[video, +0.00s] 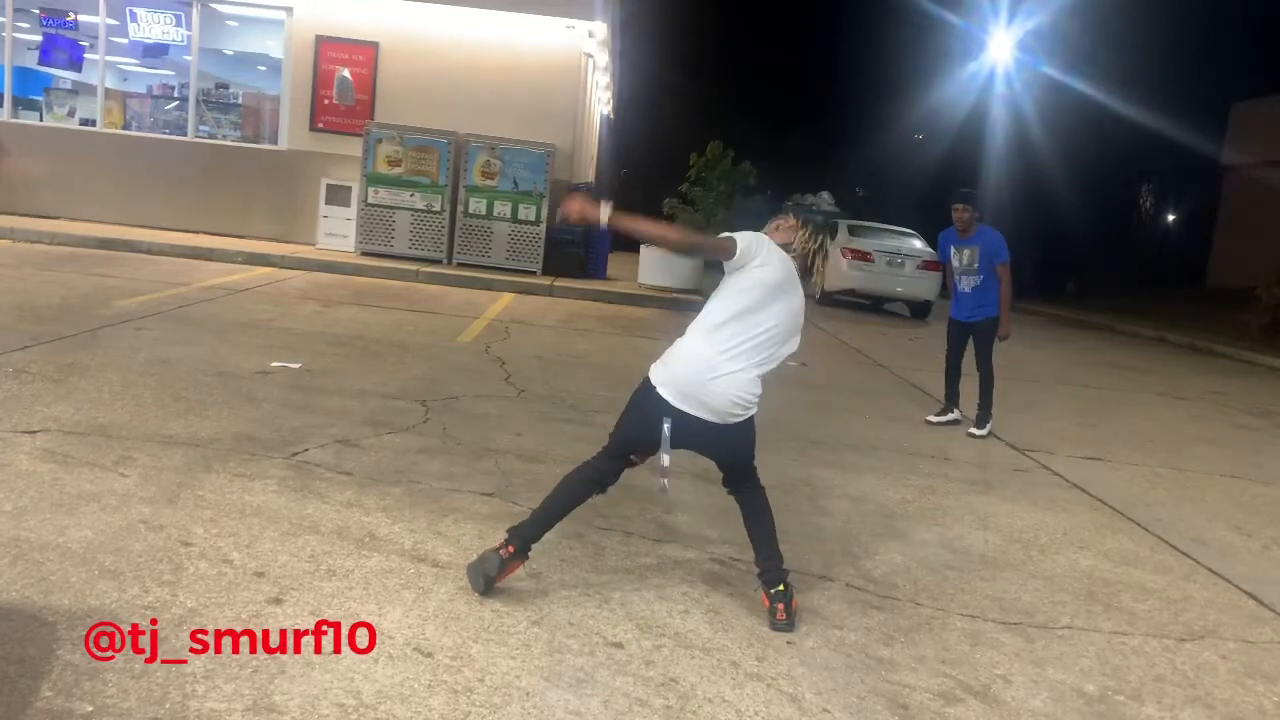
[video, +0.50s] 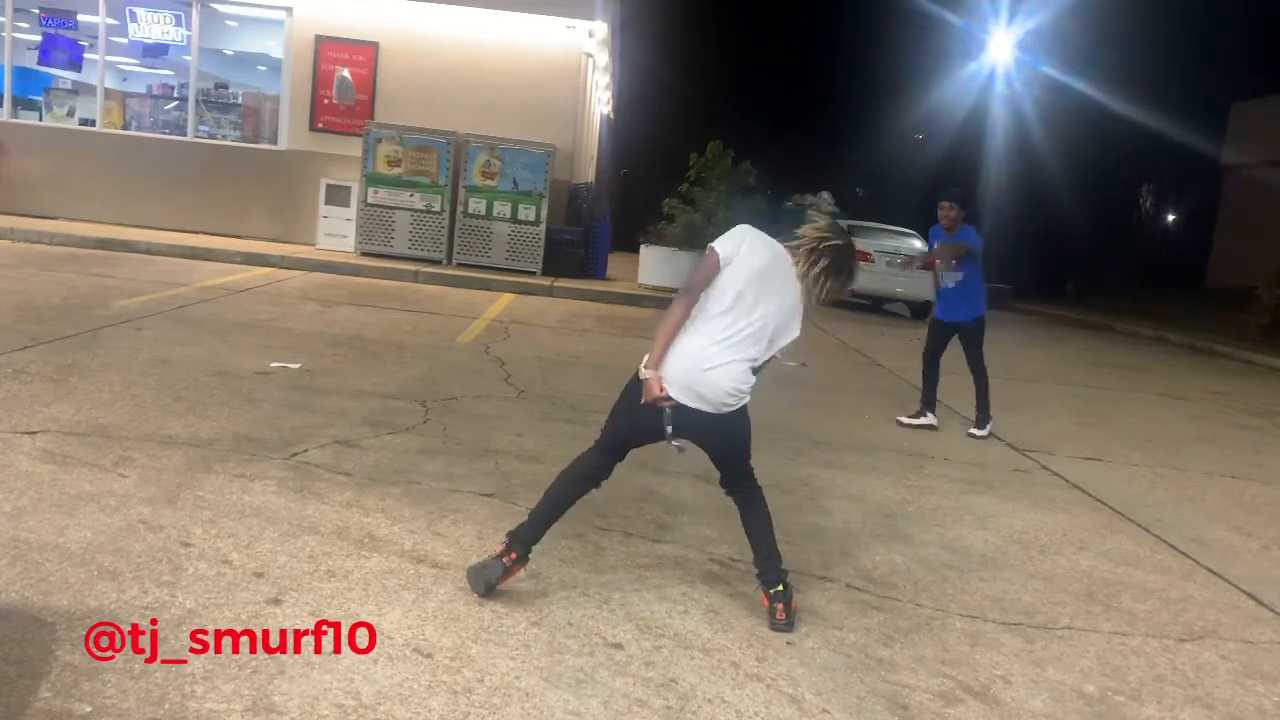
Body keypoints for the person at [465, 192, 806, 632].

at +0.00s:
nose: (773, 223)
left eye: (784, 222)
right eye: (779, 219)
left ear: (794, 238)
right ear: (811, 258)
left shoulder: (757, 246)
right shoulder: (797, 312)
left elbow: (686, 240)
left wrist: (601, 213)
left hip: (665, 394)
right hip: (727, 421)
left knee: (606, 464)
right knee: (747, 487)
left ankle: (512, 548)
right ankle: (778, 592)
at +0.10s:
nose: (768, 224)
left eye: (778, 222)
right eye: (774, 220)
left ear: (787, 238)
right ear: (805, 259)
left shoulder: (749, 248)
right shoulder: (795, 313)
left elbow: (695, 284)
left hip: (666, 396)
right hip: (728, 420)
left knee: (606, 465)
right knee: (747, 484)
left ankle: (513, 547)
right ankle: (778, 589)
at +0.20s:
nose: (765, 221)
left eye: (775, 218)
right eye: (773, 216)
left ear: (785, 231)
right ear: (805, 253)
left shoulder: (741, 249)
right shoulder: (792, 309)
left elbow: (693, 308)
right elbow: (750, 362)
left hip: (670, 400)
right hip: (730, 423)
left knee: (604, 468)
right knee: (748, 485)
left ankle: (512, 549)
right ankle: (778, 591)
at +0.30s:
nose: (765, 218)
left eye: (777, 216)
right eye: (773, 213)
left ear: (791, 231)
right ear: (805, 253)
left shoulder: (739, 247)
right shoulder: (789, 308)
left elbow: (688, 303)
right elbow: (754, 364)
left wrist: (655, 378)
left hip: (665, 400)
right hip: (727, 423)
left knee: (604, 468)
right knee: (746, 488)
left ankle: (512, 552)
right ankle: (778, 593)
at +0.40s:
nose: (773, 217)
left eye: (782, 214)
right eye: (783, 214)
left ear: (787, 223)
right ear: (813, 250)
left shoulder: (738, 243)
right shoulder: (792, 307)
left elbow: (689, 299)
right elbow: (760, 363)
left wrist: (656, 374)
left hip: (662, 395)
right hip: (726, 419)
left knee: (603, 464)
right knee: (744, 488)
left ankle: (513, 549)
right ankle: (777, 591)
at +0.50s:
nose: (826, 294)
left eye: (831, 285)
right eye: (830, 287)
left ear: (804, 239)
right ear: (826, 279)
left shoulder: (747, 238)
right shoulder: (794, 317)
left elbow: (687, 296)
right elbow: (751, 368)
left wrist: (653, 364)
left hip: (657, 389)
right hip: (721, 414)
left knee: (596, 461)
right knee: (743, 485)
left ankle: (514, 551)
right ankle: (777, 590)